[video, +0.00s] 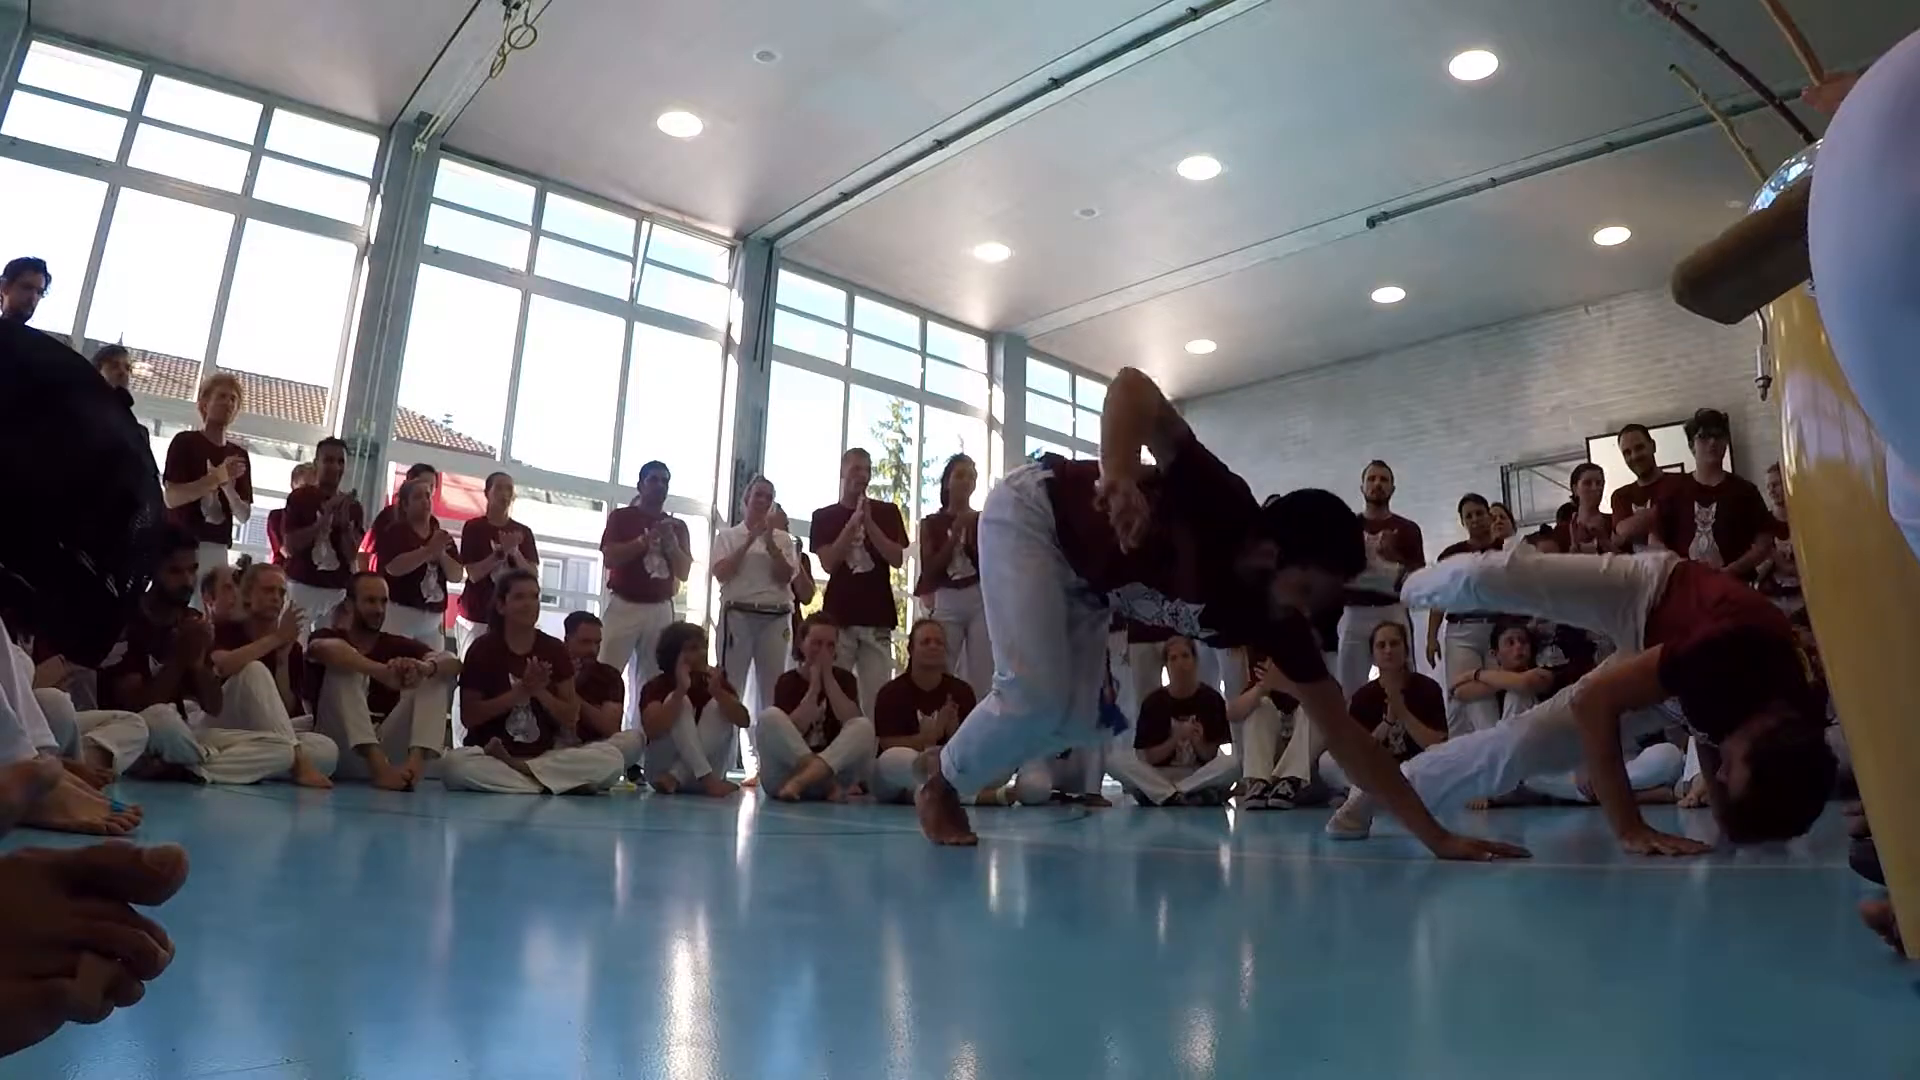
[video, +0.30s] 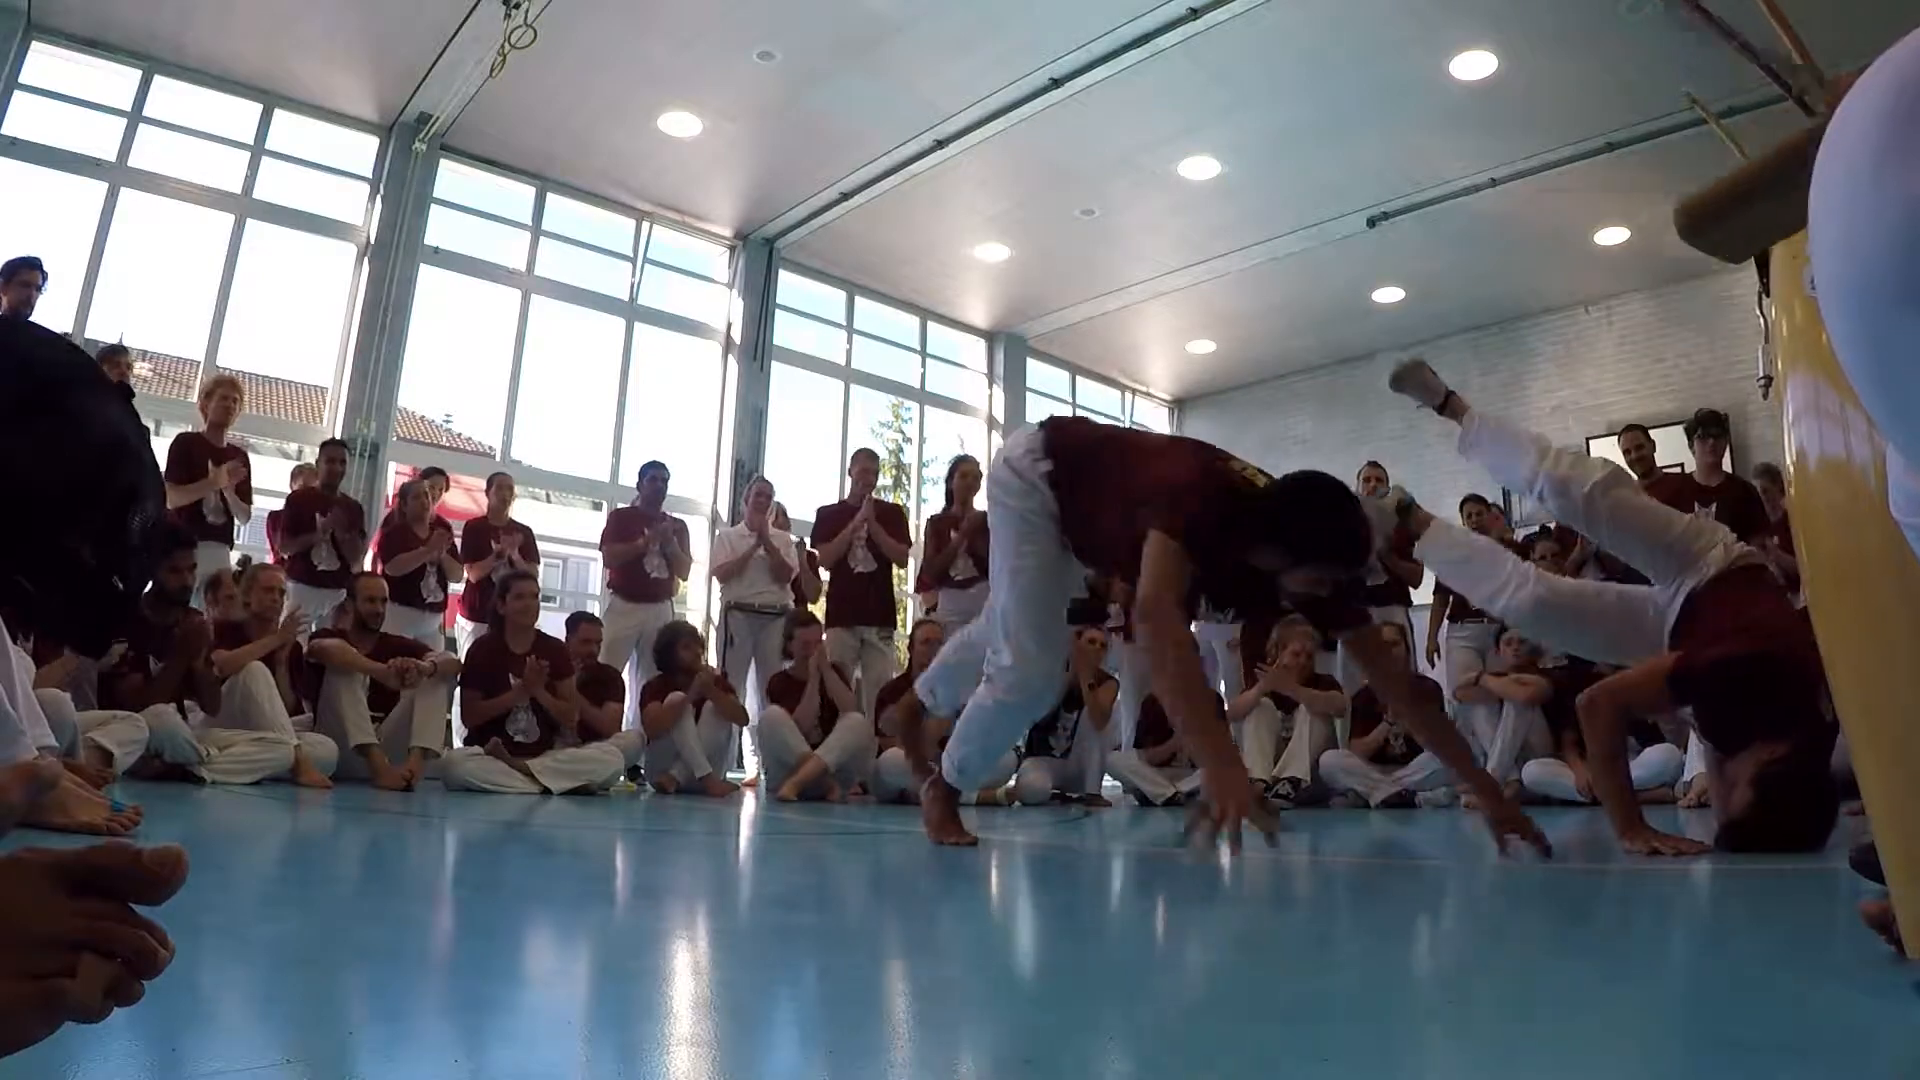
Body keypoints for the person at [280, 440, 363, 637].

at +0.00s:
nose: (334, 467)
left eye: (340, 462)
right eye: (328, 460)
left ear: (345, 467)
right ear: (316, 463)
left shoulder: (352, 506)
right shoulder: (299, 498)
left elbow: (351, 554)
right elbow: (292, 544)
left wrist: (345, 526)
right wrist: (321, 523)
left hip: (336, 588)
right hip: (302, 584)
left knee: (329, 654)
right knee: (292, 650)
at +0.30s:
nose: (336, 468)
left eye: (342, 462)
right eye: (330, 461)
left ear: (346, 467)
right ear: (317, 465)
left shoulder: (353, 507)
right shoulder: (297, 499)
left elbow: (356, 557)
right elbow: (285, 547)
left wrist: (342, 530)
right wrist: (318, 535)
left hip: (337, 591)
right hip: (301, 587)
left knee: (330, 658)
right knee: (291, 654)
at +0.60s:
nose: (337, 469)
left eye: (343, 464)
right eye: (331, 462)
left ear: (347, 469)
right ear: (319, 464)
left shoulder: (354, 510)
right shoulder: (296, 499)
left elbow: (359, 560)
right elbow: (280, 549)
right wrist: (302, 523)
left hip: (336, 592)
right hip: (300, 587)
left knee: (330, 658)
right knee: (289, 654)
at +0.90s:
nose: (337, 470)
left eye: (342, 465)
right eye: (331, 463)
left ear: (347, 469)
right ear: (318, 465)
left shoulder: (350, 505)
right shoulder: (298, 497)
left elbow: (352, 553)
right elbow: (290, 545)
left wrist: (356, 523)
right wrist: (310, 515)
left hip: (337, 587)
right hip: (303, 583)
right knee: (294, 648)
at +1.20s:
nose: (338, 472)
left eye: (343, 467)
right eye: (332, 465)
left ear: (348, 470)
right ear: (319, 465)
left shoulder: (352, 506)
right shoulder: (298, 496)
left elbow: (355, 553)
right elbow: (286, 539)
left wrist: (359, 524)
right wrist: (306, 506)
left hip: (336, 589)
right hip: (301, 584)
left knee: (329, 654)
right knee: (290, 650)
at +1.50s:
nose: (338, 475)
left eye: (344, 470)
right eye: (333, 467)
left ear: (349, 471)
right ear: (321, 463)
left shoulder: (354, 509)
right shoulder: (296, 498)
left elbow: (356, 561)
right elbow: (275, 543)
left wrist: (339, 540)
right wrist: (312, 540)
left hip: (336, 592)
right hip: (298, 589)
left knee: (327, 660)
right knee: (289, 655)